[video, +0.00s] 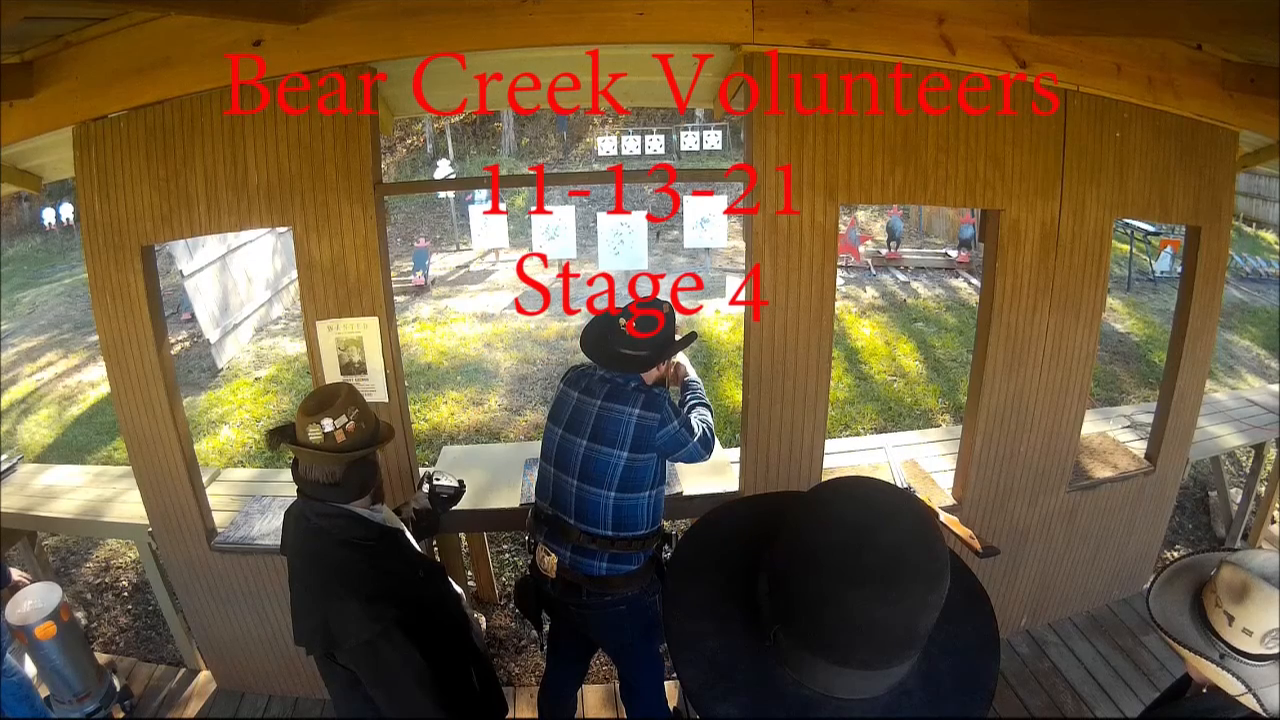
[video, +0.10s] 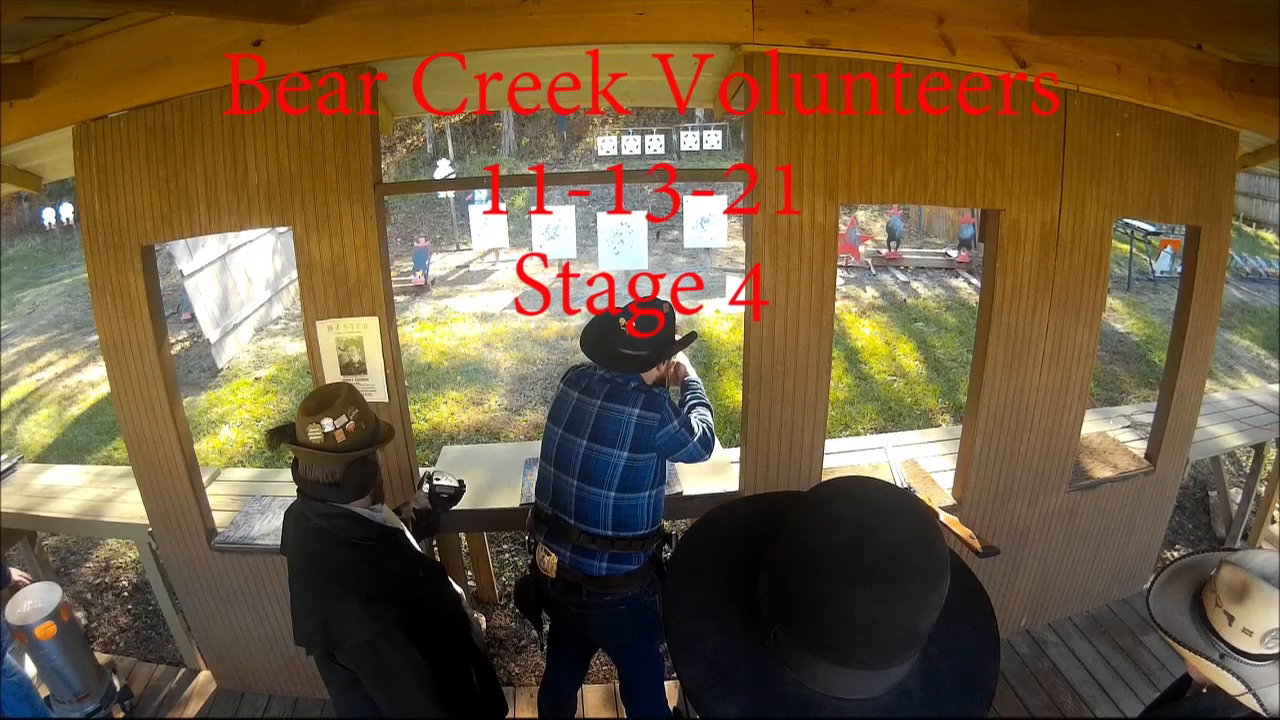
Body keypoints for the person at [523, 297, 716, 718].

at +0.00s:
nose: (668, 359)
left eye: (667, 352)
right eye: (666, 353)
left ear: (607, 349)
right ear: (653, 364)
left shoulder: (572, 382)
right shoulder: (654, 412)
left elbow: (616, 394)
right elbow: (702, 444)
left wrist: (651, 378)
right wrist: (691, 380)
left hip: (556, 577)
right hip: (618, 590)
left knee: (559, 681)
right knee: (645, 688)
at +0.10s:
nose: (668, 360)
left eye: (667, 353)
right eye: (665, 353)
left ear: (607, 349)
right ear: (652, 364)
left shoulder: (572, 381)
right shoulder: (653, 411)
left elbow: (616, 395)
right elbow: (702, 444)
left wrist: (651, 379)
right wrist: (691, 379)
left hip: (556, 577)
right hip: (618, 589)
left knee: (559, 681)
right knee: (645, 687)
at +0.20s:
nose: (667, 361)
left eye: (667, 354)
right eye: (665, 354)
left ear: (607, 350)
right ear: (651, 365)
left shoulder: (572, 382)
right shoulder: (653, 412)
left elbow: (616, 395)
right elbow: (702, 444)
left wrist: (651, 379)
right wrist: (691, 379)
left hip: (556, 575)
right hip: (620, 587)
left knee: (560, 678)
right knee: (644, 683)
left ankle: (552, 715)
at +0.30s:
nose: (668, 360)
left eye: (668, 354)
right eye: (665, 354)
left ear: (607, 348)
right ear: (651, 363)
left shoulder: (571, 382)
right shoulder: (653, 411)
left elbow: (614, 392)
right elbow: (701, 444)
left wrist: (651, 378)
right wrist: (691, 380)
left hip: (556, 576)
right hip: (620, 588)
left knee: (559, 678)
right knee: (644, 683)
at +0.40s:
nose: (668, 360)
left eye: (668, 354)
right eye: (665, 354)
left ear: (607, 348)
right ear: (651, 363)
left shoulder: (571, 382)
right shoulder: (653, 411)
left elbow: (614, 392)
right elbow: (701, 444)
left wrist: (651, 378)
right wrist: (691, 380)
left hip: (557, 576)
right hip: (620, 588)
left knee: (559, 678)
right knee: (644, 683)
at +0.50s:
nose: (667, 361)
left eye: (667, 354)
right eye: (664, 354)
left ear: (606, 349)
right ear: (651, 363)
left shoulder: (571, 382)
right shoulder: (653, 410)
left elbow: (615, 391)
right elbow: (701, 443)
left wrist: (652, 378)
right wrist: (691, 379)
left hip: (555, 575)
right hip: (619, 587)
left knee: (560, 677)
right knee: (644, 684)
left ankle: (553, 715)